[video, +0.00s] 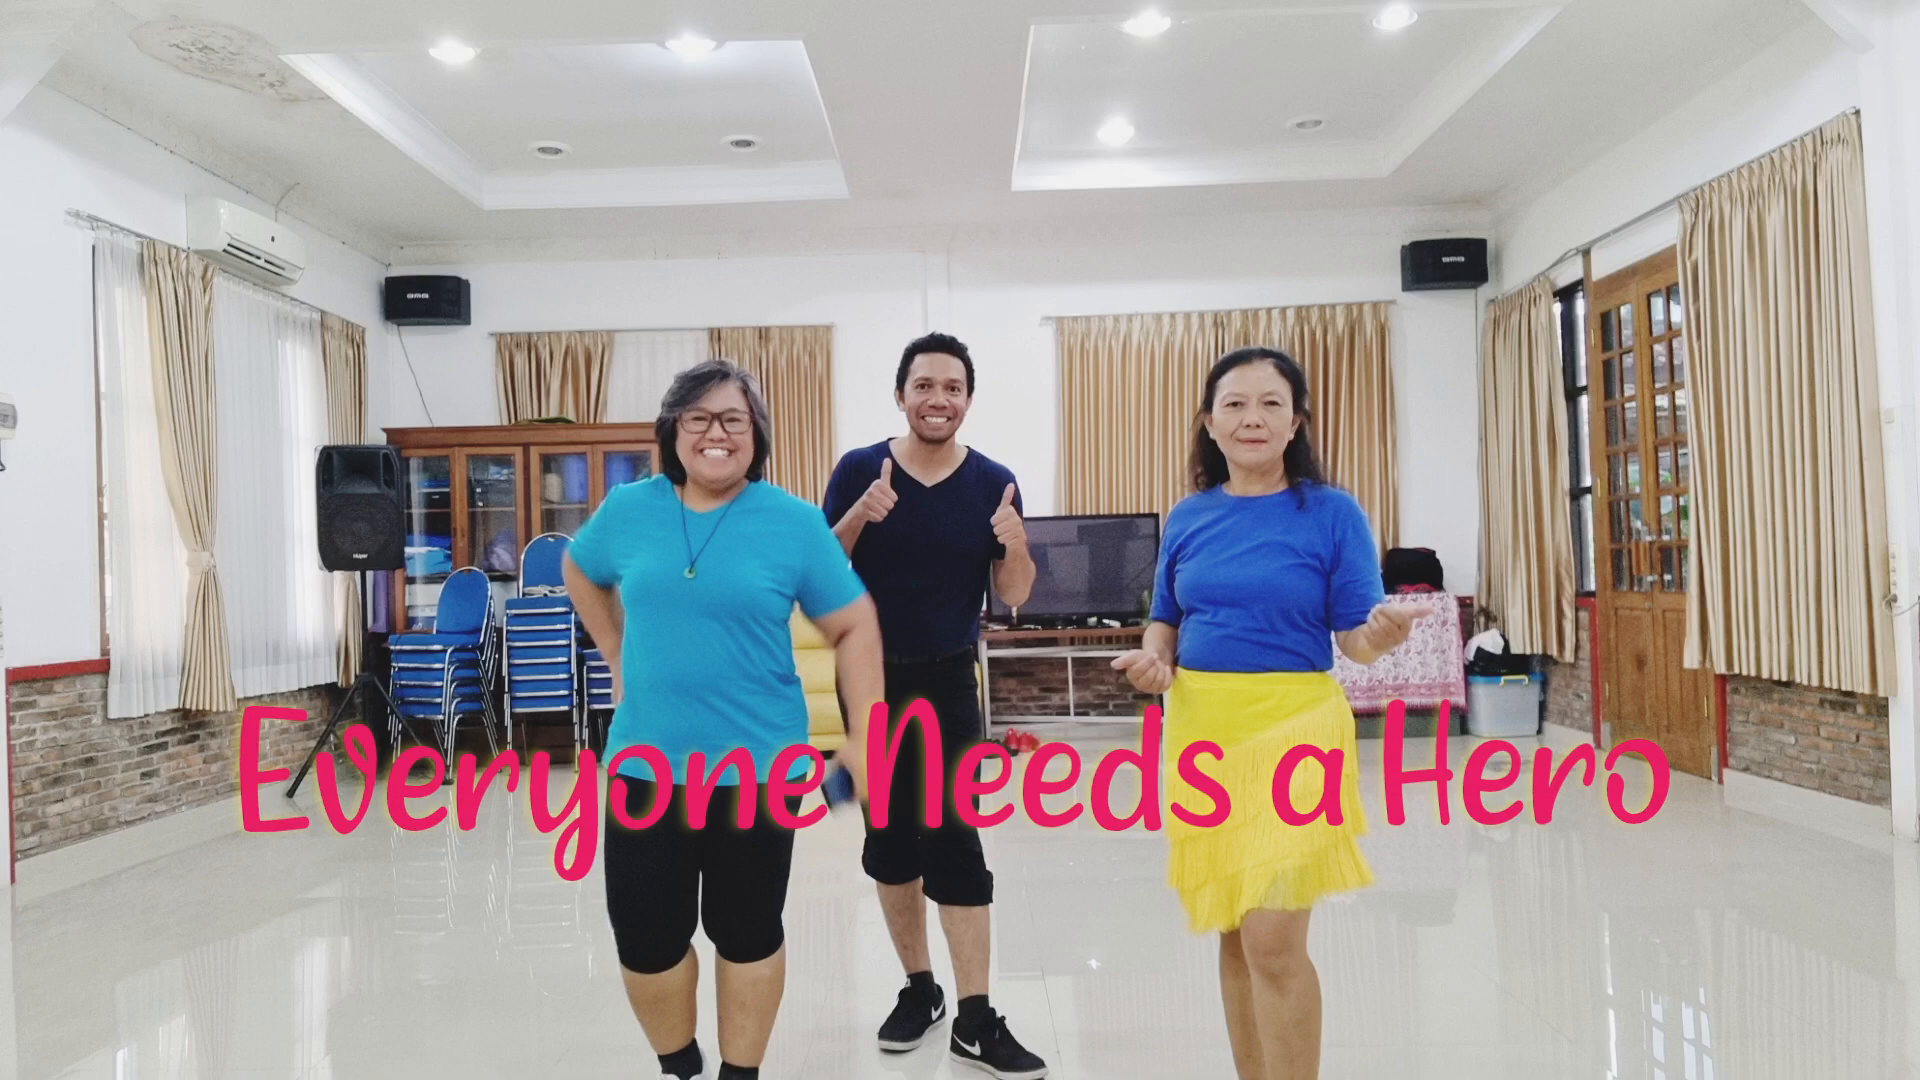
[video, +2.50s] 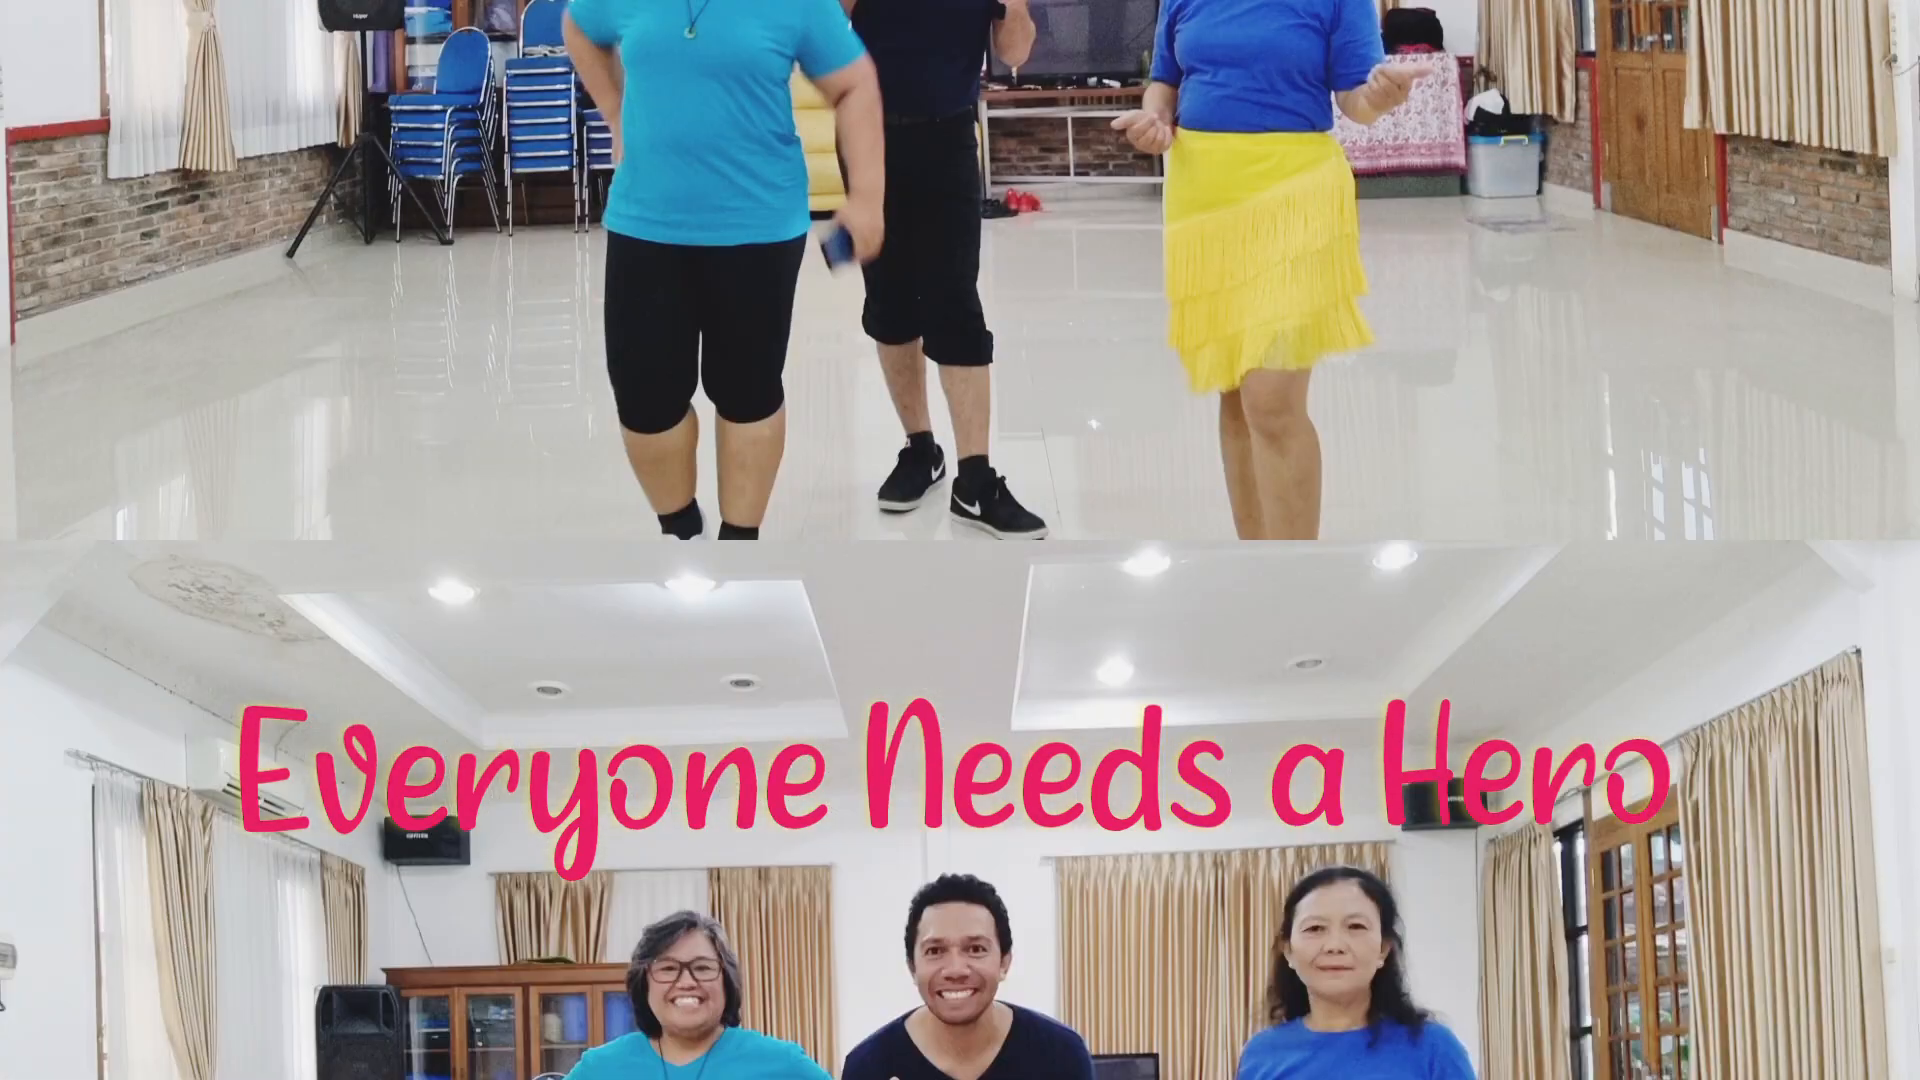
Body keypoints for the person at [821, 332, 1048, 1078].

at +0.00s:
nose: (938, 400)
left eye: (952, 388)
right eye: (924, 386)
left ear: (968, 399)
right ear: (900, 396)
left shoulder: (992, 483)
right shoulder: (858, 472)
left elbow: (1014, 595)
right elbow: (813, 570)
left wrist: (1015, 548)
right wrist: (854, 520)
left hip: (950, 676)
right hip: (872, 676)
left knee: (957, 841)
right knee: (892, 840)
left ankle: (975, 1014)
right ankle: (919, 990)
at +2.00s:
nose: (938, 400)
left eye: (952, 388)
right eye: (924, 386)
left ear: (968, 399)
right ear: (900, 396)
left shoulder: (992, 483)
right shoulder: (858, 472)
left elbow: (1014, 595)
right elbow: (813, 570)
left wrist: (1015, 548)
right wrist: (854, 520)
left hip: (950, 676)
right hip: (872, 676)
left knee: (957, 841)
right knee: (892, 840)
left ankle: (975, 1014)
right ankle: (919, 990)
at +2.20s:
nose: (938, 365)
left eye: (952, 354)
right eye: (924, 352)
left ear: (968, 365)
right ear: (901, 362)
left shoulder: (992, 448)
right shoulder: (858, 438)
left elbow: (1014, 562)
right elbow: (813, 535)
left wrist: (1015, 514)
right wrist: (854, 485)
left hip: (950, 644)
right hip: (872, 643)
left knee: (959, 809)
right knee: (892, 810)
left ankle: (975, 980)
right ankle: (919, 955)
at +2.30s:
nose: (938, 283)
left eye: (952, 271)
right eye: (924, 270)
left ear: (968, 283)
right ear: (900, 280)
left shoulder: (991, 366)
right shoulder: (858, 355)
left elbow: (1014, 479)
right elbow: (813, 453)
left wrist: (1015, 431)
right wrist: (854, 403)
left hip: (949, 562)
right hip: (870, 560)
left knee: (957, 723)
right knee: (890, 718)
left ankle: (975, 896)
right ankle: (918, 870)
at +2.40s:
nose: (939, 123)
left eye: (952, 112)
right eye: (925, 110)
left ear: (968, 124)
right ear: (901, 119)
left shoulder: (990, 206)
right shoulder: (859, 195)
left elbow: (1013, 321)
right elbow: (813, 292)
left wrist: (1015, 272)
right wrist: (855, 242)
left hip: (949, 405)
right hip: (872, 403)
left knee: (955, 570)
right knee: (893, 567)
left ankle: (978, 735)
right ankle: (919, 712)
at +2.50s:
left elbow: (1015, 52)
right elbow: (825, 31)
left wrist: (1015, 6)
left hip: (948, 130)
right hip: (870, 128)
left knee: (956, 302)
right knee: (890, 297)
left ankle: (975, 475)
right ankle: (919, 448)